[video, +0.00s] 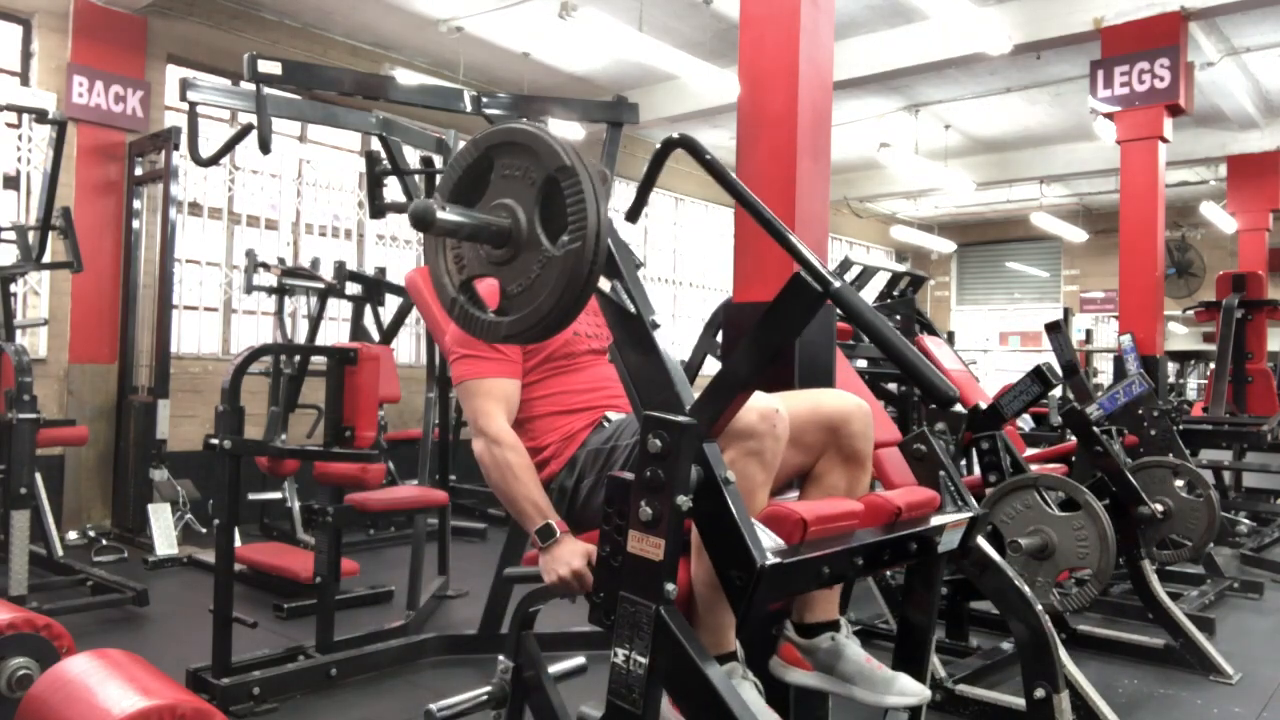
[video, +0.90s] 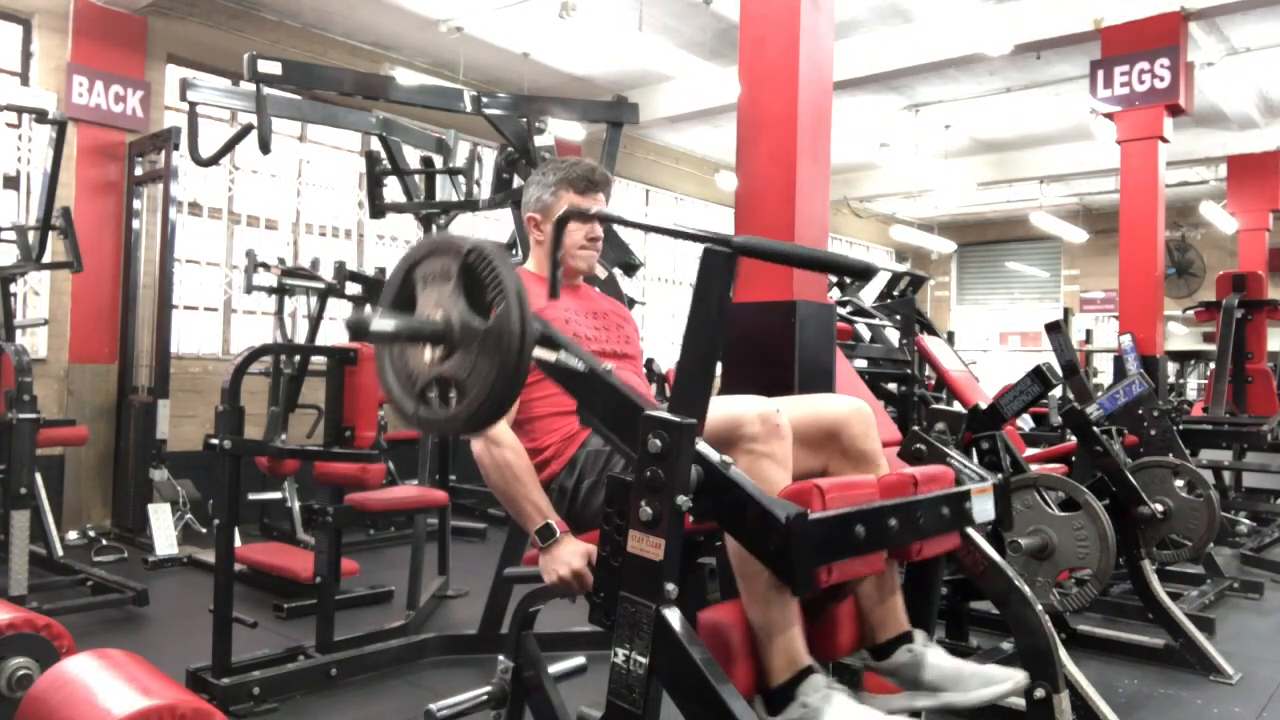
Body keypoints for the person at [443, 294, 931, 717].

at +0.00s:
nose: (544, 204)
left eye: (548, 193)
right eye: (528, 193)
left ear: (549, 204)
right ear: (496, 204)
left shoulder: (565, 272)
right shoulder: (482, 284)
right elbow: (489, 430)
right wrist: (551, 538)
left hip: (637, 437)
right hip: (575, 463)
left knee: (845, 419)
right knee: (755, 423)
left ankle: (817, 633)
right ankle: (712, 656)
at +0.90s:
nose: (597, 233)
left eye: (600, 221)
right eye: (583, 220)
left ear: (601, 230)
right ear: (536, 225)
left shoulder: (611, 306)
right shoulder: (506, 293)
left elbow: (649, 397)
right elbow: (488, 433)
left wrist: (713, 428)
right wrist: (550, 537)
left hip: (656, 445)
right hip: (589, 469)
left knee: (850, 423)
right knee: (758, 427)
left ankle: (894, 647)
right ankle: (790, 683)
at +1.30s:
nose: (592, 235)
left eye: (599, 223)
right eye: (577, 220)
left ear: (601, 229)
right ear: (532, 223)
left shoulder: (611, 305)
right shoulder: (495, 301)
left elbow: (654, 401)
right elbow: (492, 435)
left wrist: (731, 410)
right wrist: (552, 535)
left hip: (660, 439)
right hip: (581, 459)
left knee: (853, 414)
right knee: (763, 428)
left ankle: (982, 626)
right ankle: (886, 667)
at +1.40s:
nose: (594, 239)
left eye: (599, 226)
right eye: (579, 224)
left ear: (599, 227)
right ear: (533, 224)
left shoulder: (600, 301)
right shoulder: (497, 300)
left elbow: (641, 395)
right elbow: (490, 439)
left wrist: (702, 410)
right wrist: (552, 534)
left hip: (657, 433)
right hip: (584, 460)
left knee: (848, 411)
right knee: (759, 422)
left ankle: (993, 612)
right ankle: (905, 657)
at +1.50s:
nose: (595, 237)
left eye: (600, 224)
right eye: (580, 222)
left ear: (597, 227)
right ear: (534, 225)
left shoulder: (593, 301)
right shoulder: (497, 301)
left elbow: (631, 394)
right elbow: (488, 430)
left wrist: (697, 414)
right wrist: (551, 530)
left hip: (652, 434)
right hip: (588, 457)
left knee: (823, 430)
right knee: (814, 411)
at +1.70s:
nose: (595, 236)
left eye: (602, 225)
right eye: (580, 221)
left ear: (604, 232)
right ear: (535, 224)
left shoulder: (610, 309)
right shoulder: (495, 303)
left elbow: (647, 404)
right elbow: (489, 434)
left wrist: (726, 423)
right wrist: (549, 536)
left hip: (653, 454)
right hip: (588, 470)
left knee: (797, 473)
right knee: (813, 411)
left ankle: (956, 606)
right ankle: (1043, 562)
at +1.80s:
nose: (598, 232)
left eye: (603, 221)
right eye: (582, 218)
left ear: (601, 232)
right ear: (535, 224)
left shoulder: (610, 310)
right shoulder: (496, 300)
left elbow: (648, 403)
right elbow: (486, 433)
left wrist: (742, 410)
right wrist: (553, 532)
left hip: (657, 445)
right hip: (588, 464)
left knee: (819, 465)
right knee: (779, 435)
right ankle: (968, 583)